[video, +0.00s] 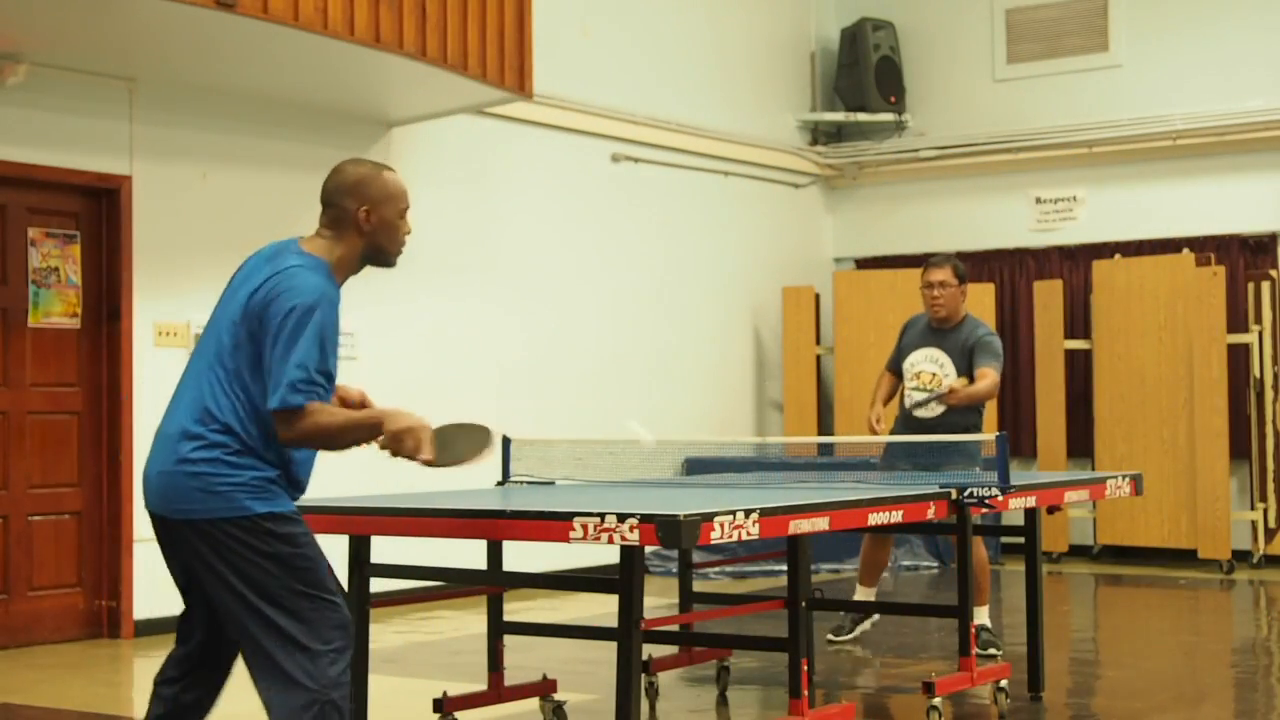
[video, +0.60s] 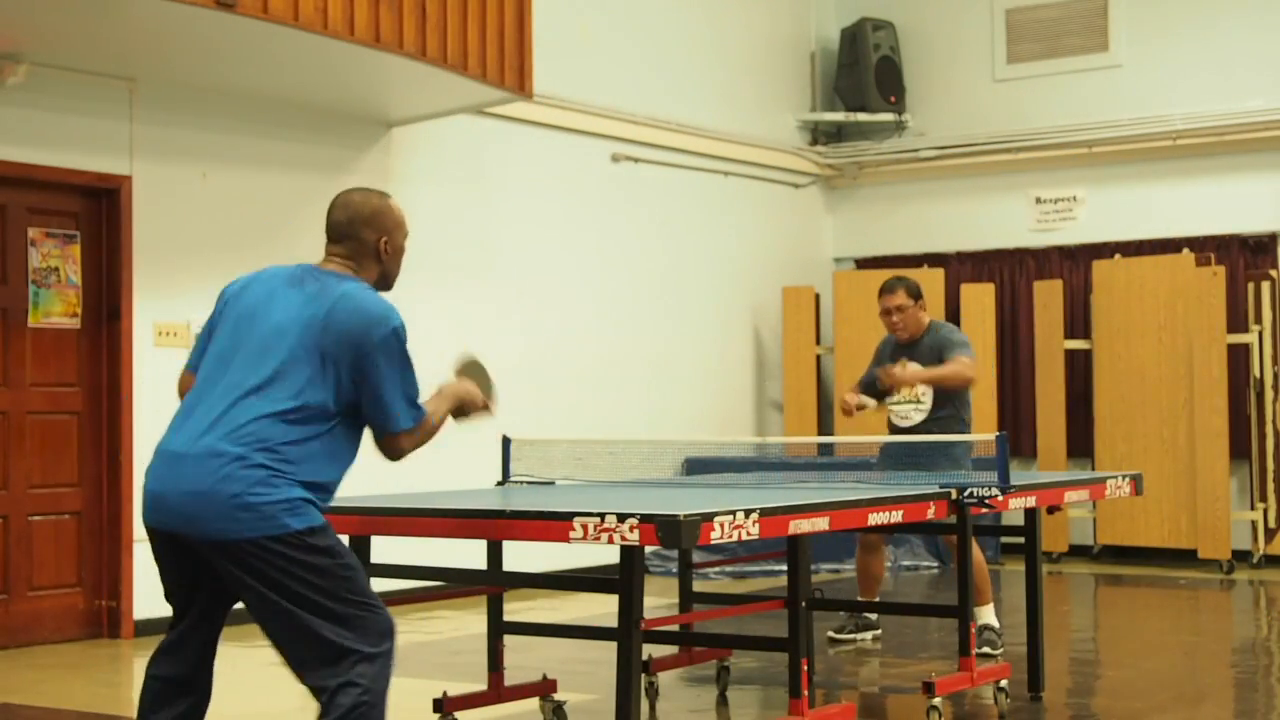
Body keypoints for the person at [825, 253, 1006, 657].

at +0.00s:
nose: (934, 294)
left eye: (943, 287)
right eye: (928, 287)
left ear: (963, 291)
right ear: (922, 292)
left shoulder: (981, 336)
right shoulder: (914, 328)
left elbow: (989, 384)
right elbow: (893, 372)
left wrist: (961, 395)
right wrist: (877, 404)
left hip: (956, 452)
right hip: (904, 448)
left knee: (967, 533)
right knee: (879, 524)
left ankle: (981, 622)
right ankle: (861, 606)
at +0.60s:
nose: (892, 319)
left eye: (899, 310)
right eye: (886, 313)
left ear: (921, 307)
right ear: (882, 314)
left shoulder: (947, 337)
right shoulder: (889, 346)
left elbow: (965, 372)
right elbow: (869, 390)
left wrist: (914, 374)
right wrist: (852, 399)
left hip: (945, 454)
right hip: (898, 455)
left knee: (956, 535)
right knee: (870, 533)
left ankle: (988, 624)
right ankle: (866, 617)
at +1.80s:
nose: (931, 295)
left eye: (940, 288)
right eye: (925, 289)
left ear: (960, 291)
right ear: (919, 293)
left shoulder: (981, 335)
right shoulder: (916, 335)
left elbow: (987, 384)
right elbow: (896, 382)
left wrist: (956, 406)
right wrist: (890, 402)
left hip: (968, 451)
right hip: (920, 449)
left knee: (979, 532)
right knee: (901, 527)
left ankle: (1003, 618)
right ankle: (888, 611)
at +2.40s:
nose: (914, 309)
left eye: (921, 301)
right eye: (908, 303)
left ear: (943, 300)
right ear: (904, 306)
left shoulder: (969, 333)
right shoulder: (910, 344)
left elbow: (987, 371)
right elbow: (894, 394)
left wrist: (930, 386)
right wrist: (880, 389)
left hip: (965, 452)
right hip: (917, 452)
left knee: (979, 532)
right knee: (892, 528)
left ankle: (1003, 620)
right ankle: (888, 614)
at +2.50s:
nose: (912, 300)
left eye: (919, 292)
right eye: (907, 294)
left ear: (941, 291)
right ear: (903, 298)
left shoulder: (965, 321)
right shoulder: (909, 335)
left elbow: (965, 346)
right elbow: (886, 386)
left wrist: (931, 343)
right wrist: (874, 369)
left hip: (964, 445)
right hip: (917, 445)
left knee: (977, 529)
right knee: (890, 521)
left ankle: (1003, 618)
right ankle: (884, 607)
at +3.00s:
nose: (908, 296)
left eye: (916, 288)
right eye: (901, 289)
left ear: (934, 291)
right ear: (895, 295)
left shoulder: (959, 333)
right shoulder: (888, 341)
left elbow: (984, 380)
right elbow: (866, 387)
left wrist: (951, 395)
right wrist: (872, 404)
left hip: (956, 448)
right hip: (905, 449)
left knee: (983, 525)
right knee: (890, 526)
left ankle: (1016, 613)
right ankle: (884, 612)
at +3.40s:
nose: (936, 302)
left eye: (943, 294)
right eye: (930, 296)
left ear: (965, 294)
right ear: (926, 300)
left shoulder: (985, 328)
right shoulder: (927, 341)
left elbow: (994, 350)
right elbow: (911, 383)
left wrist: (952, 345)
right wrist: (899, 380)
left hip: (980, 447)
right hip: (934, 445)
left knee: (987, 529)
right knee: (906, 521)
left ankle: (1016, 614)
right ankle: (885, 605)